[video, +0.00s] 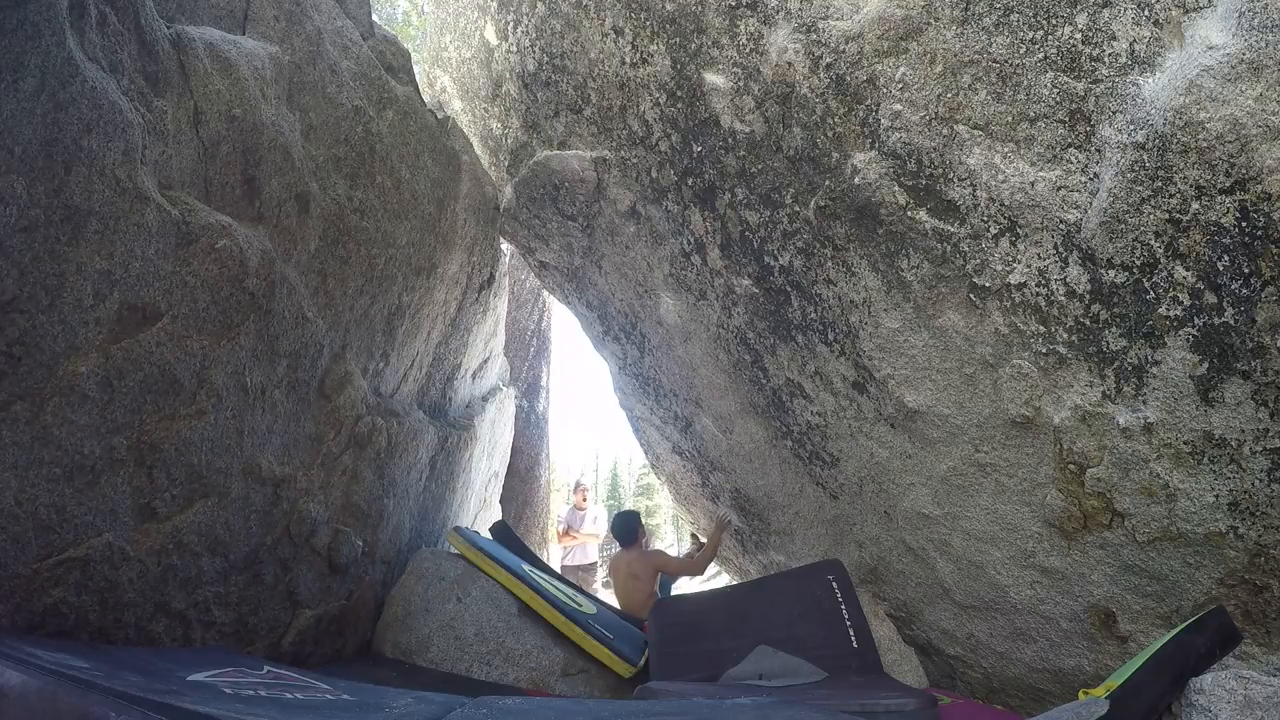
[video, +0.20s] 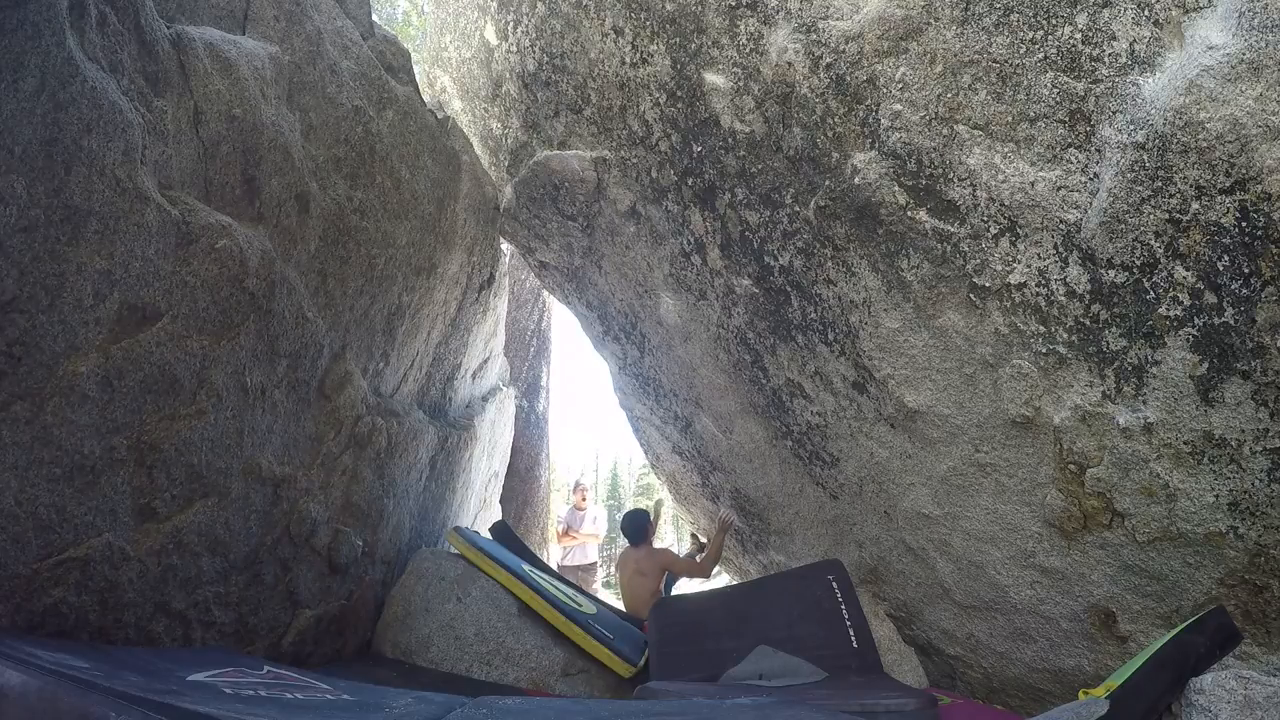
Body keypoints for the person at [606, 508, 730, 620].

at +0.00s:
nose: (645, 530)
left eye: (642, 527)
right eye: (643, 527)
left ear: (617, 537)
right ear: (640, 533)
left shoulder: (615, 561)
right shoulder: (651, 558)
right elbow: (697, 568)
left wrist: (689, 556)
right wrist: (717, 532)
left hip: (630, 622)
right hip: (653, 624)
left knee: (664, 577)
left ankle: (692, 552)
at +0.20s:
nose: (652, 524)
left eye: (651, 521)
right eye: (651, 522)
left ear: (627, 533)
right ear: (649, 528)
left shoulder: (624, 556)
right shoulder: (660, 556)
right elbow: (704, 571)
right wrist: (721, 533)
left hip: (633, 620)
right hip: (655, 623)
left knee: (670, 574)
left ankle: (693, 551)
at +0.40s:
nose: (659, 524)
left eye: (658, 522)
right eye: (657, 522)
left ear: (634, 533)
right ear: (656, 530)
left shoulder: (631, 553)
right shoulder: (664, 555)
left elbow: (657, 532)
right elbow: (707, 572)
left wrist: (666, 508)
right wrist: (721, 534)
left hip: (635, 621)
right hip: (657, 623)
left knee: (671, 573)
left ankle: (693, 551)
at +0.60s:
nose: (666, 527)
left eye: (665, 524)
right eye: (665, 524)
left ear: (640, 531)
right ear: (660, 529)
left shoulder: (632, 553)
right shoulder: (665, 556)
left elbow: (663, 529)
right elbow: (709, 572)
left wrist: (669, 506)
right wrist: (722, 533)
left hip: (636, 622)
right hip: (656, 624)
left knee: (671, 575)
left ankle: (694, 550)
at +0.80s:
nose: (671, 533)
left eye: (671, 529)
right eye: (671, 529)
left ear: (646, 530)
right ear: (664, 531)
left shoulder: (632, 552)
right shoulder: (663, 557)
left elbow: (654, 530)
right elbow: (708, 572)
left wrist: (670, 506)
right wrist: (722, 533)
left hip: (636, 621)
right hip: (655, 623)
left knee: (672, 573)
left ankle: (694, 550)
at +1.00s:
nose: (673, 541)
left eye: (674, 537)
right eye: (673, 536)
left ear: (648, 530)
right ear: (664, 533)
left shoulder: (632, 552)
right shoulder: (662, 557)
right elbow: (708, 572)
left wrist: (671, 506)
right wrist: (721, 533)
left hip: (636, 621)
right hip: (654, 624)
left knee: (671, 573)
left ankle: (694, 550)